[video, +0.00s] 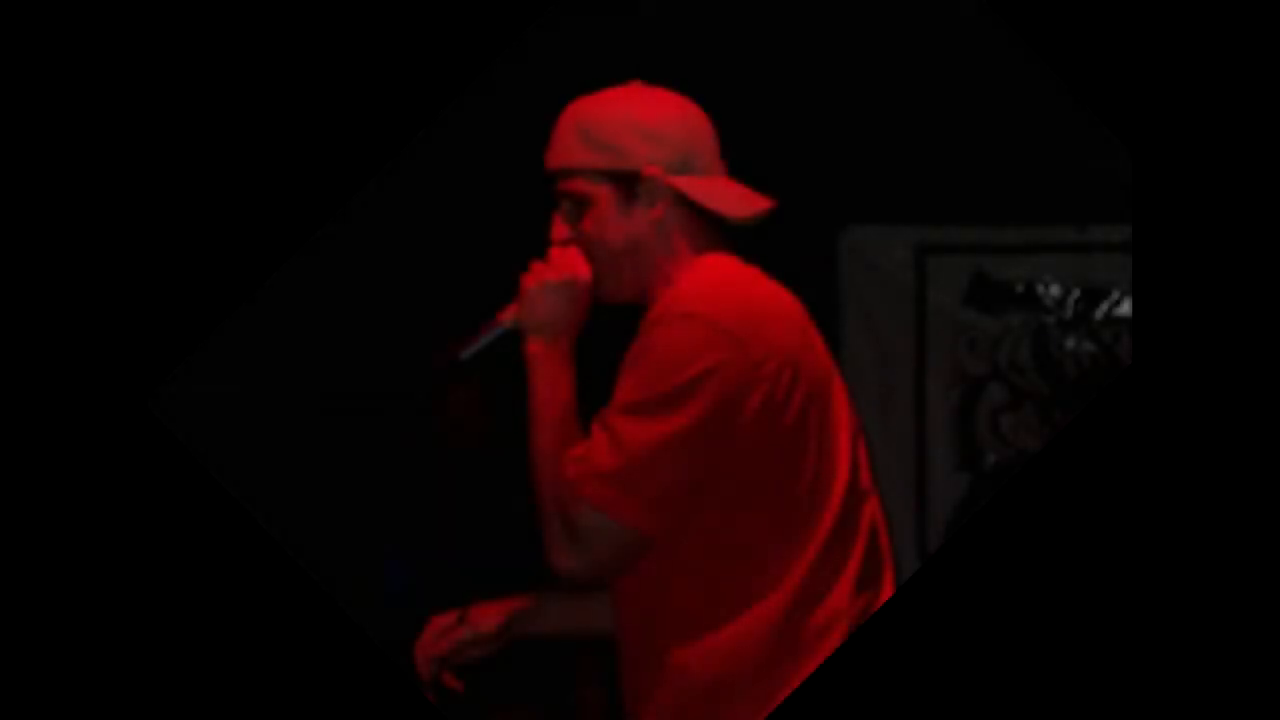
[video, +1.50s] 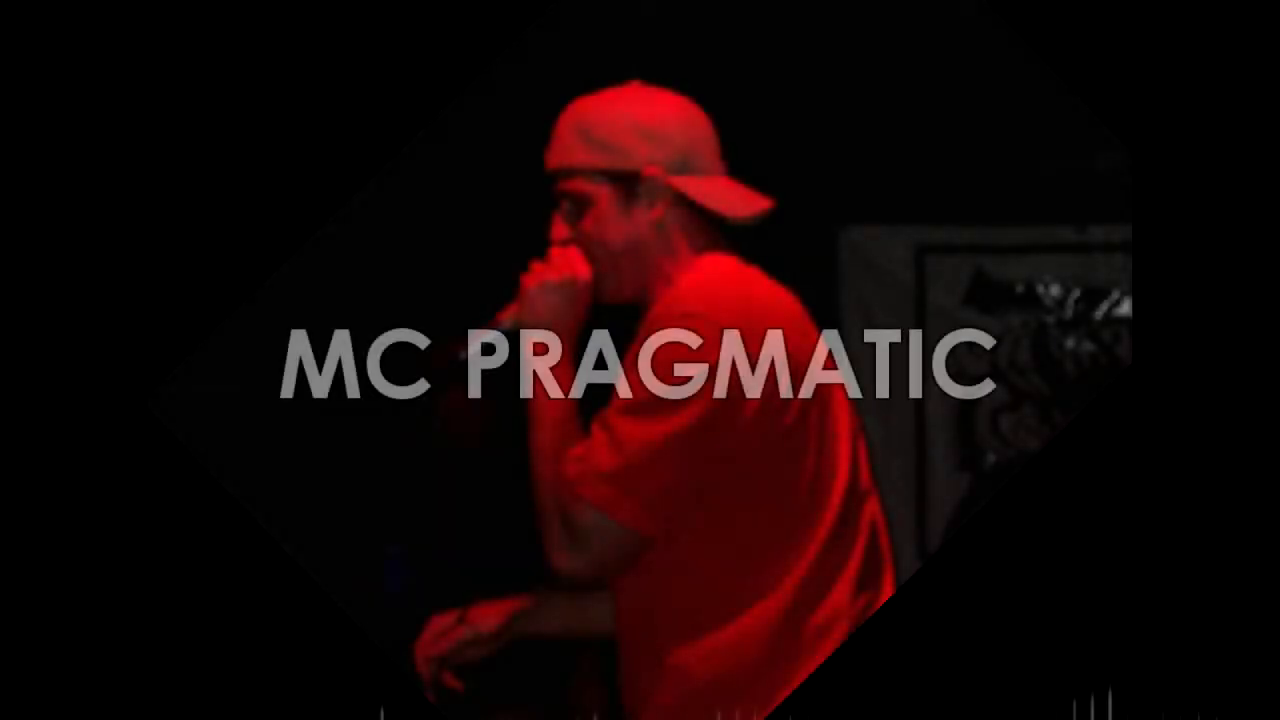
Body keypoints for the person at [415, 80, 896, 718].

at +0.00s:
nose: (559, 233)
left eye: (577, 206)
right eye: (559, 208)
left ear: (652, 202)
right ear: (650, 204)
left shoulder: (704, 319)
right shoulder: (745, 306)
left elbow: (578, 543)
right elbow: (700, 581)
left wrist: (547, 345)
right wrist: (519, 622)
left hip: (736, 698)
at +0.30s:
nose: (559, 234)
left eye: (577, 206)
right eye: (559, 208)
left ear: (654, 203)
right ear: (651, 205)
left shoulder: (705, 317)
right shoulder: (742, 306)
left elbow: (578, 543)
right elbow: (700, 579)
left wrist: (547, 345)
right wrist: (519, 622)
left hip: (736, 698)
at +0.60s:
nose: (559, 234)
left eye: (577, 206)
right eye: (559, 209)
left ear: (653, 200)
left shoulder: (706, 316)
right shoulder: (741, 306)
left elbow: (578, 544)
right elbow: (700, 579)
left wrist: (547, 346)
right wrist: (521, 621)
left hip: (737, 697)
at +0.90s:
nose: (559, 234)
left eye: (577, 206)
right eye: (559, 209)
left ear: (653, 201)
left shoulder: (704, 316)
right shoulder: (748, 305)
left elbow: (578, 543)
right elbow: (700, 576)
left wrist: (546, 345)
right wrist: (520, 621)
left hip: (732, 697)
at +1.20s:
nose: (559, 234)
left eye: (577, 206)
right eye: (559, 209)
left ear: (653, 200)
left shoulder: (705, 314)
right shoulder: (751, 305)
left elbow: (578, 542)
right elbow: (702, 577)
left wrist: (546, 347)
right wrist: (520, 621)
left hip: (731, 698)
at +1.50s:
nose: (559, 234)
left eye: (577, 206)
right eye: (559, 209)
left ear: (653, 200)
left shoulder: (705, 315)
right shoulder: (750, 305)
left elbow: (578, 542)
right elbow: (701, 576)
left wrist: (546, 348)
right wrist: (520, 621)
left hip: (731, 700)